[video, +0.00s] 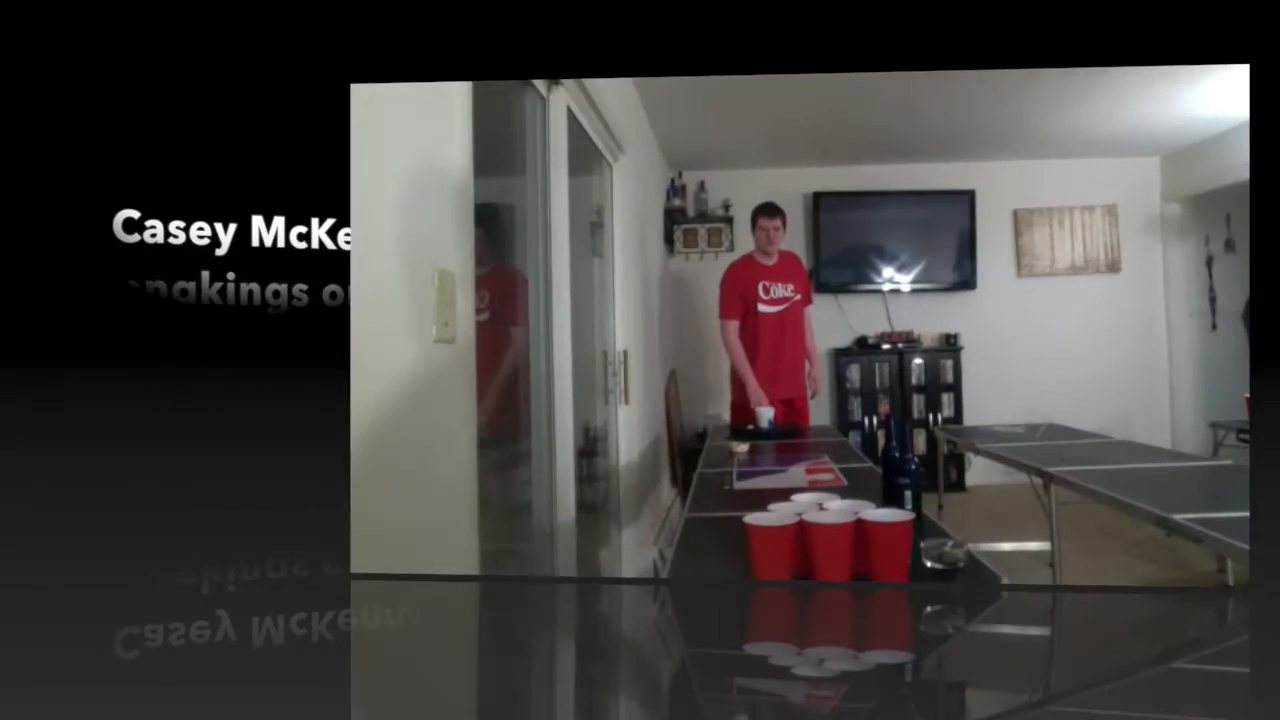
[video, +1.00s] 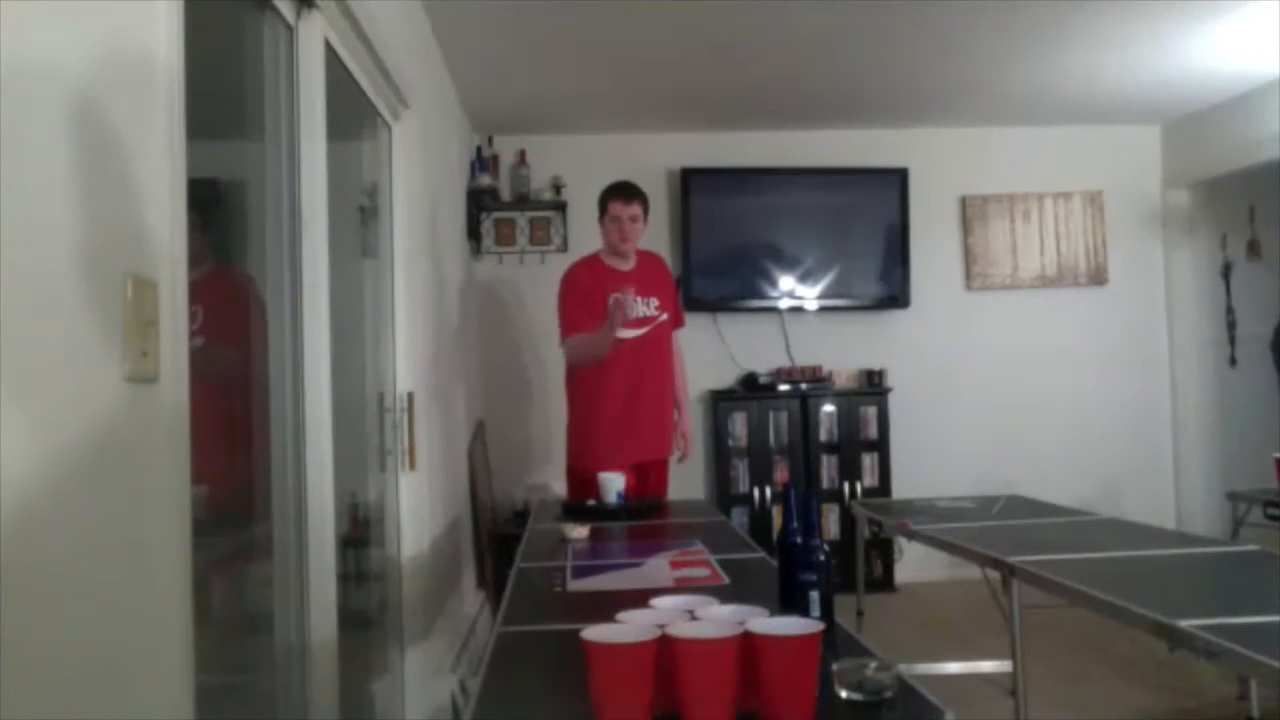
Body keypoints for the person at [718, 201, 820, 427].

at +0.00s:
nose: (770, 236)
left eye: (776, 230)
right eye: (763, 230)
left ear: (784, 232)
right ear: (753, 232)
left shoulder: (794, 264)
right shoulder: (738, 272)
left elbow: (805, 318)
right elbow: (730, 335)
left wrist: (814, 364)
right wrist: (752, 387)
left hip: (793, 387)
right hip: (754, 391)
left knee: (797, 457)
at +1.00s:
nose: (625, 229)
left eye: (633, 220)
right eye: (615, 220)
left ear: (645, 225)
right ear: (601, 225)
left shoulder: (657, 269)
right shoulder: (580, 276)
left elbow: (671, 345)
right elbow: (574, 352)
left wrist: (682, 413)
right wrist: (610, 329)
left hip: (651, 430)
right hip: (598, 433)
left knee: (650, 536)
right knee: (597, 537)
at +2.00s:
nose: (636, 213)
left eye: (644, 203)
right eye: (625, 203)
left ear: (655, 208)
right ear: (609, 209)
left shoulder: (657, 259)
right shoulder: (593, 259)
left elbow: (665, 342)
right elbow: (599, 333)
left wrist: (687, 404)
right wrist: (621, 254)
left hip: (651, 430)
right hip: (602, 432)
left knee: (650, 541)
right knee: (597, 542)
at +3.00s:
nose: (640, 254)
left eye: (648, 245)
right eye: (631, 244)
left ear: (660, 241)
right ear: (618, 237)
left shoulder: (672, 281)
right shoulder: (592, 279)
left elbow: (685, 349)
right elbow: (575, 361)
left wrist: (685, 419)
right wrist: (591, 436)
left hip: (650, 439)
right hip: (600, 440)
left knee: (649, 540)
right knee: (603, 544)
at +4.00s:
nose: (629, 254)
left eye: (638, 245)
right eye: (621, 244)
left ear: (648, 240)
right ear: (605, 235)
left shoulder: (660, 280)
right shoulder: (575, 279)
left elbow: (677, 342)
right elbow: (554, 360)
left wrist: (668, 404)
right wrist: (586, 428)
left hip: (647, 440)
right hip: (590, 440)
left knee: (646, 539)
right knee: (594, 543)